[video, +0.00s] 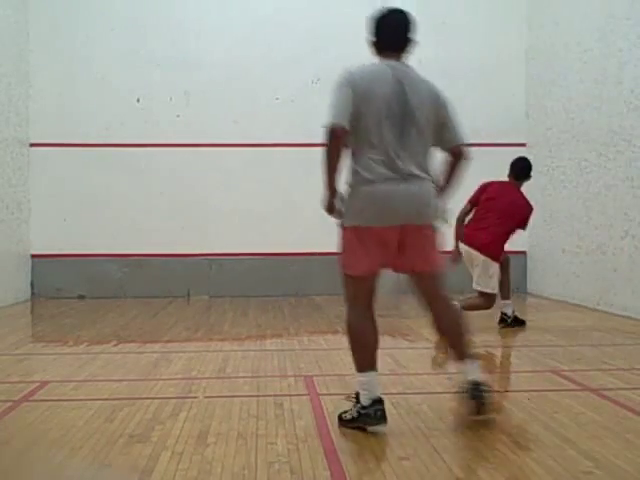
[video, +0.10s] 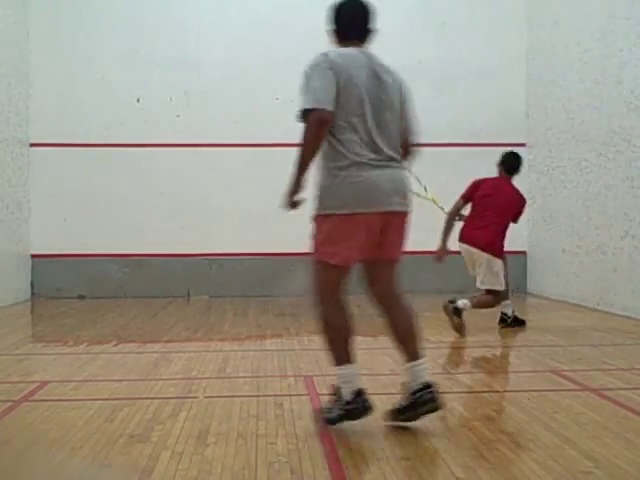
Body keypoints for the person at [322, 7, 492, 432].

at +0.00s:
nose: (389, 44)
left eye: (381, 36)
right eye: (400, 37)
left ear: (374, 41)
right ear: (409, 43)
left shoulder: (355, 79)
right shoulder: (426, 88)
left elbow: (337, 134)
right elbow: (458, 151)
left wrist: (331, 190)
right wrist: (438, 195)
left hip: (367, 205)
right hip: (418, 205)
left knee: (360, 304)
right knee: (436, 295)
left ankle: (370, 401)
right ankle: (472, 378)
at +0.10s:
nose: (338, 31)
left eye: (336, 25)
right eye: (349, 24)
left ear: (335, 30)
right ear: (370, 31)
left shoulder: (327, 64)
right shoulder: (391, 75)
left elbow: (319, 121)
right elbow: (407, 143)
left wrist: (296, 182)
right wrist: (378, 173)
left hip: (346, 195)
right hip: (395, 193)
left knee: (329, 292)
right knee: (385, 286)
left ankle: (350, 390)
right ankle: (420, 383)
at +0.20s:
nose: (291, 44)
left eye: (292, 37)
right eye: (297, 37)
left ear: (297, 39)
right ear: (328, 38)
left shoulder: (304, 72)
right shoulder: (342, 76)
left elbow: (296, 132)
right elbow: (347, 147)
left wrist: (259, 199)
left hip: (324, 210)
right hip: (360, 208)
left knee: (269, 293)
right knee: (362, 302)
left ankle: (298, 398)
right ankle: (405, 401)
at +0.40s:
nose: (193, 64)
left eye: (194, 57)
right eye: (198, 55)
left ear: (200, 57)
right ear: (229, 56)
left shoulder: (216, 92)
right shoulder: (235, 95)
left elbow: (197, 150)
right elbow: (221, 183)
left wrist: (139, 202)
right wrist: (168, 218)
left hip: (235, 232)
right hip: (250, 231)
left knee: (194, 327)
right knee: (228, 322)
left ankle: (256, 425)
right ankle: (314, 363)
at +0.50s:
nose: (130, 81)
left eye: (130, 73)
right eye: (133, 72)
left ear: (134, 73)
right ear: (162, 68)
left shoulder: (167, 108)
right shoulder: (164, 113)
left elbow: (123, 169)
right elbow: (150, 197)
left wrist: (61, 220)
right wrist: (86, 217)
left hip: (195, 244)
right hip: (178, 243)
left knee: (167, 343)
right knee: (121, 295)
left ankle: (254, 423)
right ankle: (177, 369)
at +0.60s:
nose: (57, 97)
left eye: (58, 89)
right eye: (60, 88)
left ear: (65, 88)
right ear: (89, 82)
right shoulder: (94, 121)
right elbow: (70, 198)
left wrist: (9, 222)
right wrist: (19, 214)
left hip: (136, 255)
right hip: (113, 252)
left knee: (141, 358)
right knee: (46, 302)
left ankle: (242, 415)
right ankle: (8, 379)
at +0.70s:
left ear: (3, 106)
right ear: (19, 103)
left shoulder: (23, 135)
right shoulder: (32, 134)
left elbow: (6, 200)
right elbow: (15, 203)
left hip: (61, 274)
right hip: (40, 274)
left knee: (78, 374)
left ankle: (186, 406)